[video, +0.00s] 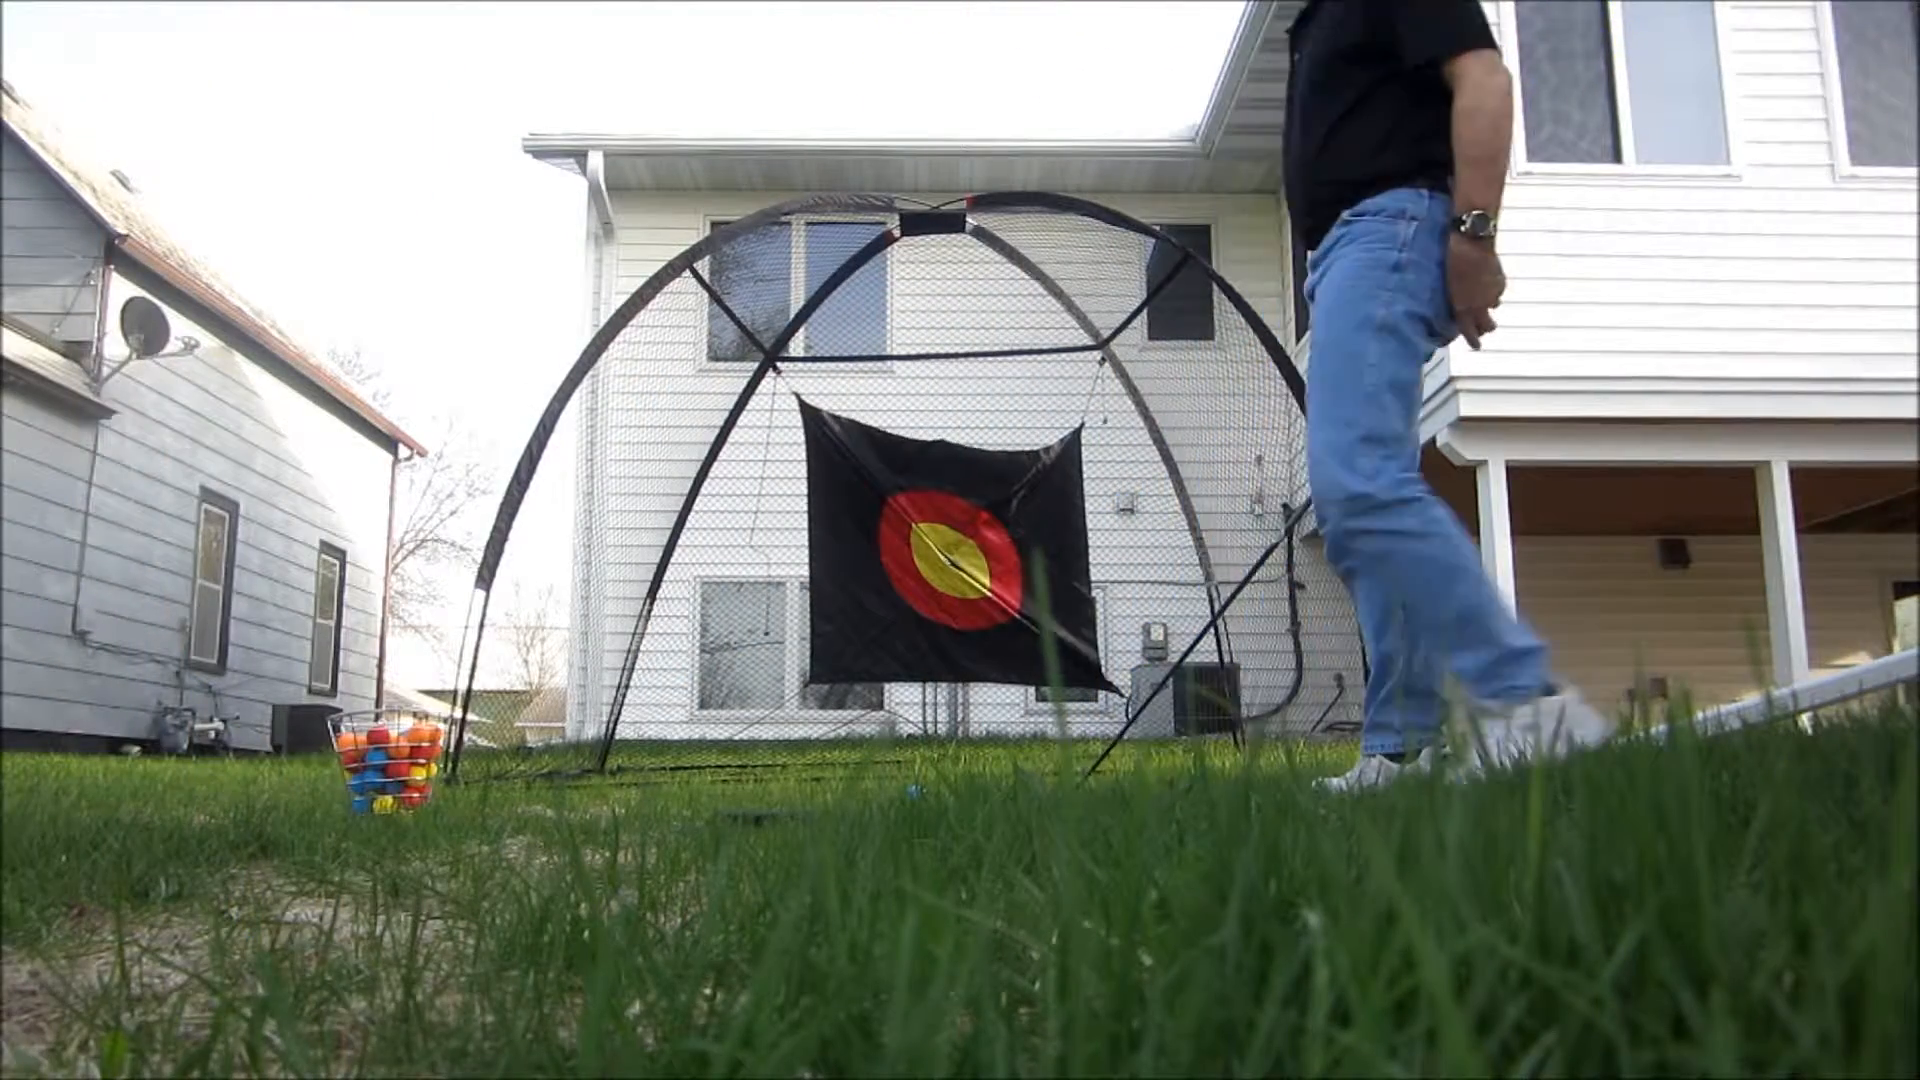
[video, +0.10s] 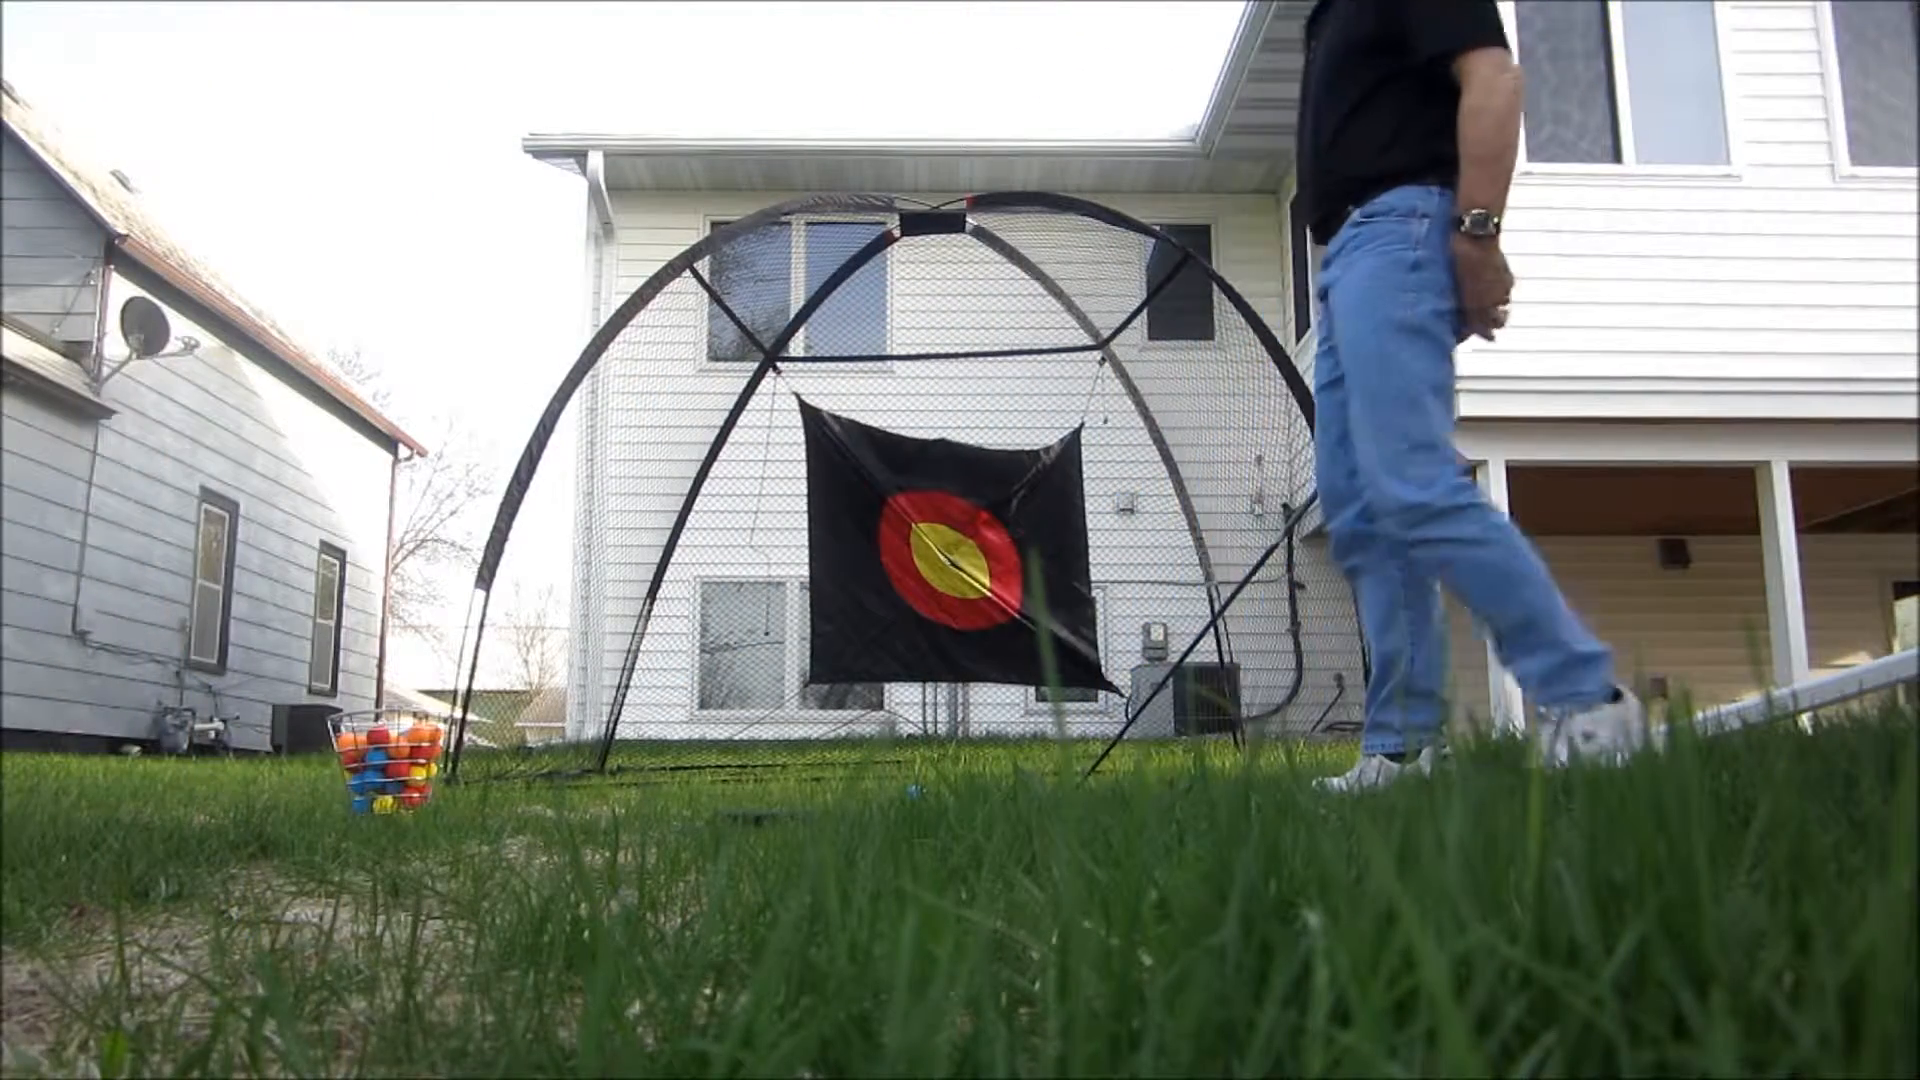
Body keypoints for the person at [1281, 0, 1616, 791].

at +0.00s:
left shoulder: (1403, 0)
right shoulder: (1318, 22)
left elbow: (1484, 77)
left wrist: (1473, 234)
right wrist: (1319, 257)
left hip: (1389, 227)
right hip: (1346, 246)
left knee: (1363, 489)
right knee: (1357, 506)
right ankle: (1403, 749)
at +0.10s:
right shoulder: (1331, 18)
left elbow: (1493, 79)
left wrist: (1477, 232)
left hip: (1401, 230)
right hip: (1347, 249)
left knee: (1414, 490)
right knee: (1358, 512)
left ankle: (1588, 704)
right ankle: (1403, 748)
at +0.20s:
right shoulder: (1362, 15)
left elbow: (1511, 64)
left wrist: (1493, 228)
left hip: (1423, 221)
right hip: (1368, 243)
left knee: (1483, 488)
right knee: (1373, 509)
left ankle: (1606, 724)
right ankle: (1404, 748)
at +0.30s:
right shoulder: (1379, 15)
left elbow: (1529, 56)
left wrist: (1514, 226)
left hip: (1443, 217)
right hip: (1389, 236)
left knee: (1514, 489)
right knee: (1388, 505)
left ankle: (1609, 729)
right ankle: (1404, 749)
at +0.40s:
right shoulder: (1401, 17)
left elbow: (1540, 46)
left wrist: (1537, 223)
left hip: (1471, 208)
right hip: (1411, 231)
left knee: (1531, 487)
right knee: (1405, 504)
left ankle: (1615, 730)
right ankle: (1408, 746)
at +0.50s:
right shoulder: (1424, 20)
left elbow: (1557, 34)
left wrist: (1543, 213)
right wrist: (1433, 279)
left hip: (1502, 206)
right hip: (1447, 222)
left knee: (1555, 481)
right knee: (1421, 493)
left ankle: (1618, 732)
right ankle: (1414, 737)